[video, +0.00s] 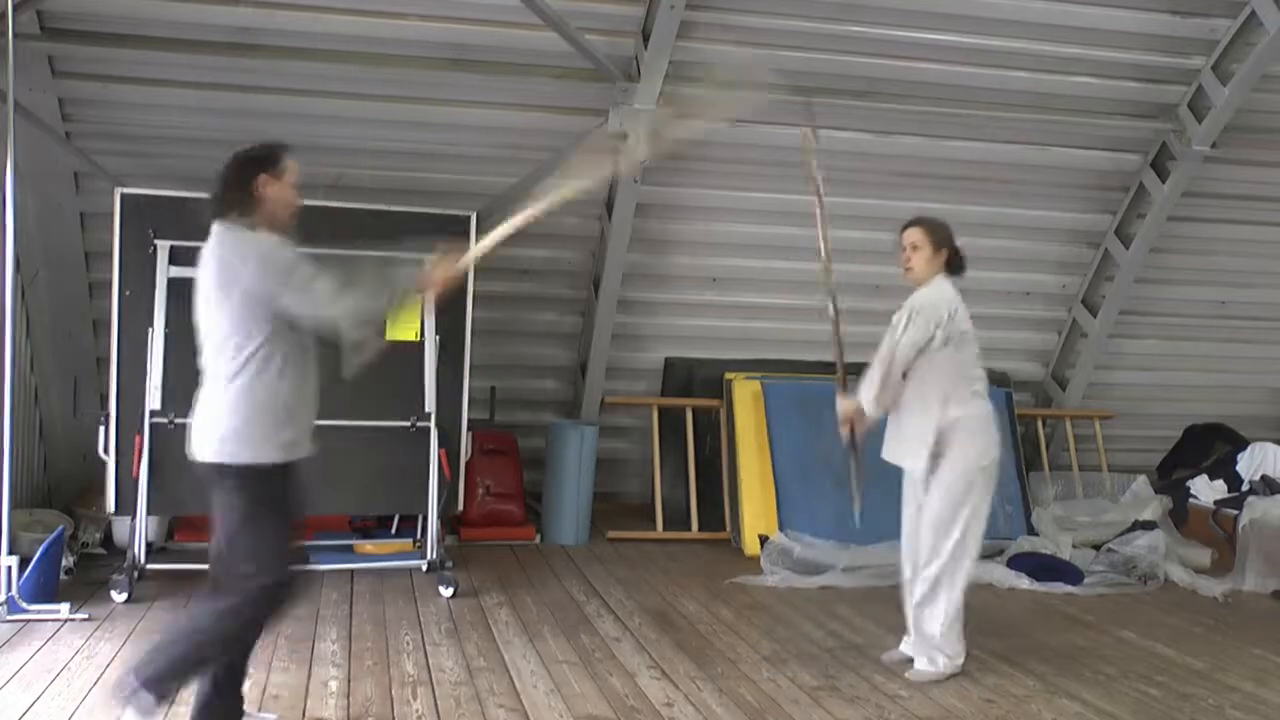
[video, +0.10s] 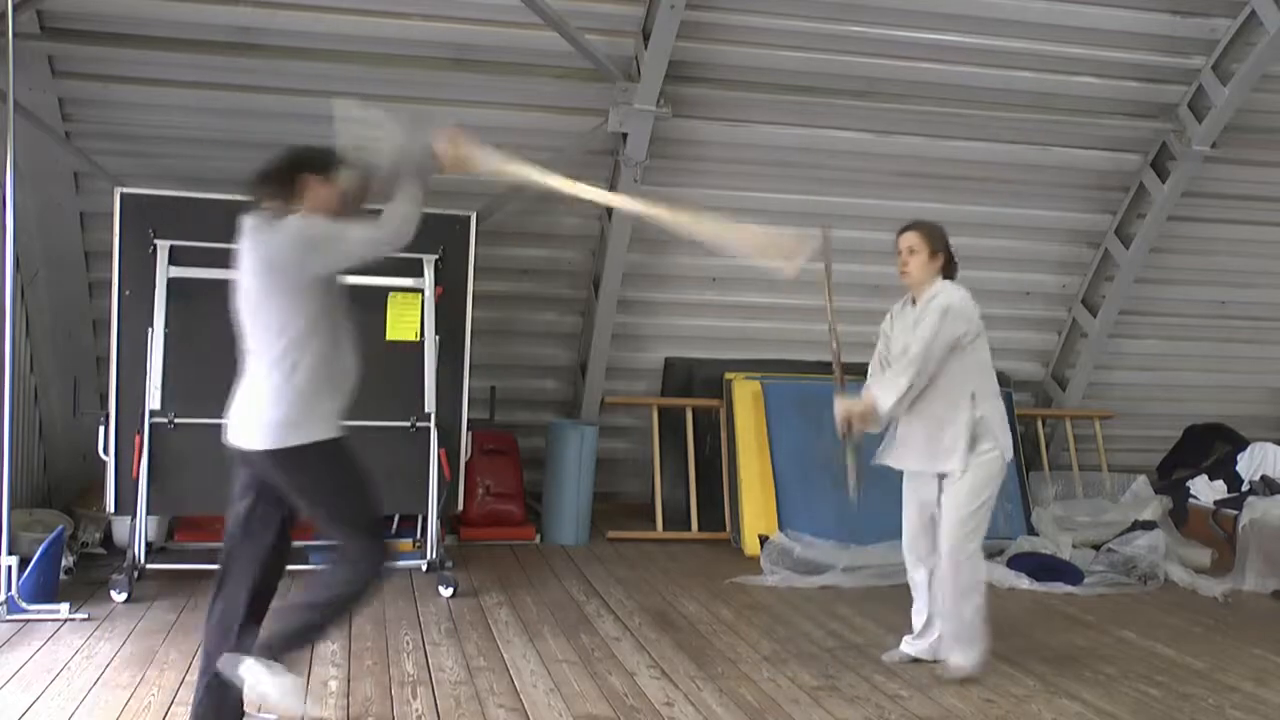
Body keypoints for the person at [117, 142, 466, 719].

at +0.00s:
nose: (300, 197)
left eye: (298, 186)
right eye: (292, 185)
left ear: (259, 188)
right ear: (262, 186)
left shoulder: (229, 246)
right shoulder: (253, 250)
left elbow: (315, 310)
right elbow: (331, 301)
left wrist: (384, 312)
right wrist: (419, 283)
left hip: (241, 439)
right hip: (248, 443)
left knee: (241, 577)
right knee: (265, 578)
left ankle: (218, 707)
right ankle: (145, 682)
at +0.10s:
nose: (338, 198)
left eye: (337, 189)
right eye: (331, 187)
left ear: (285, 189)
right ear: (306, 187)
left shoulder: (258, 234)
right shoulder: (296, 238)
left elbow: (338, 216)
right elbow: (392, 232)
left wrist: (383, 181)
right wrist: (423, 164)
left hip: (254, 433)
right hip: (296, 434)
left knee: (247, 573)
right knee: (364, 552)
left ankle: (214, 706)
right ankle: (265, 655)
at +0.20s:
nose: (377, 212)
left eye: (376, 200)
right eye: (372, 199)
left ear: (327, 190)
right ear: (351, 196)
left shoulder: (290, 230)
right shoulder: (342, 239)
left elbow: (338, 167)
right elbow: (417, 197)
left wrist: (378, 114)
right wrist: (412, 128)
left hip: (280, 431)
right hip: (327, 434)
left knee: (259, 574)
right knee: (407, 551)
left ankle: (216, 708)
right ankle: (357, 676)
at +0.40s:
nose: (463, 207)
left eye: (455, 193)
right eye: (458, 196)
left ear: (401, 200)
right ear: (443, 202)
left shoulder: (372, 245)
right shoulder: (444, 246)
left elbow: (384, 196)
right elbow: (495, 176)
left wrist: (390, 146)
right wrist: (429, 129)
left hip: (351, 432)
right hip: (411, 437)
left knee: (361, 557)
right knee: (447, 582)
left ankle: (277, 654)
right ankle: (436, 708)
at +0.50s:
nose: (502, 234)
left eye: (502, 224)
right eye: (501, 225)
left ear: (455, 208)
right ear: (486, 215)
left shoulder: (405, 244)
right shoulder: (466, 249)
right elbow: (550, 243)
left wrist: (544, 169)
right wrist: (576, 174)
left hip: (391, 428)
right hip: (437, 434)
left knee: (433, 550)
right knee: (461, 574)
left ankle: (378, 630)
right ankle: (435, 707)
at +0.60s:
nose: (518, 226)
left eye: (518, 216)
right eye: (514, 215)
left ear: (469, 208)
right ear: (494, 212)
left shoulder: (429, 249)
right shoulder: (474, 253)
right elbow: (552, 293)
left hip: (413, 426)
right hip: (444, 432)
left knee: (458, 551)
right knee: (469, 561)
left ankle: (451, 649)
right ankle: (435, 707)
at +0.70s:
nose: (548, 239)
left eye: (548, 227)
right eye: (544, 226)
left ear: (508, 224)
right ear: (519, 224)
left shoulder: (464, 263)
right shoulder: (483, 264)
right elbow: (541, 332)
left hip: (470, 436)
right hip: (458, 438)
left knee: (510, 554)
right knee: (495, 568)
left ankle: (518, 668)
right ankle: (437, 700)